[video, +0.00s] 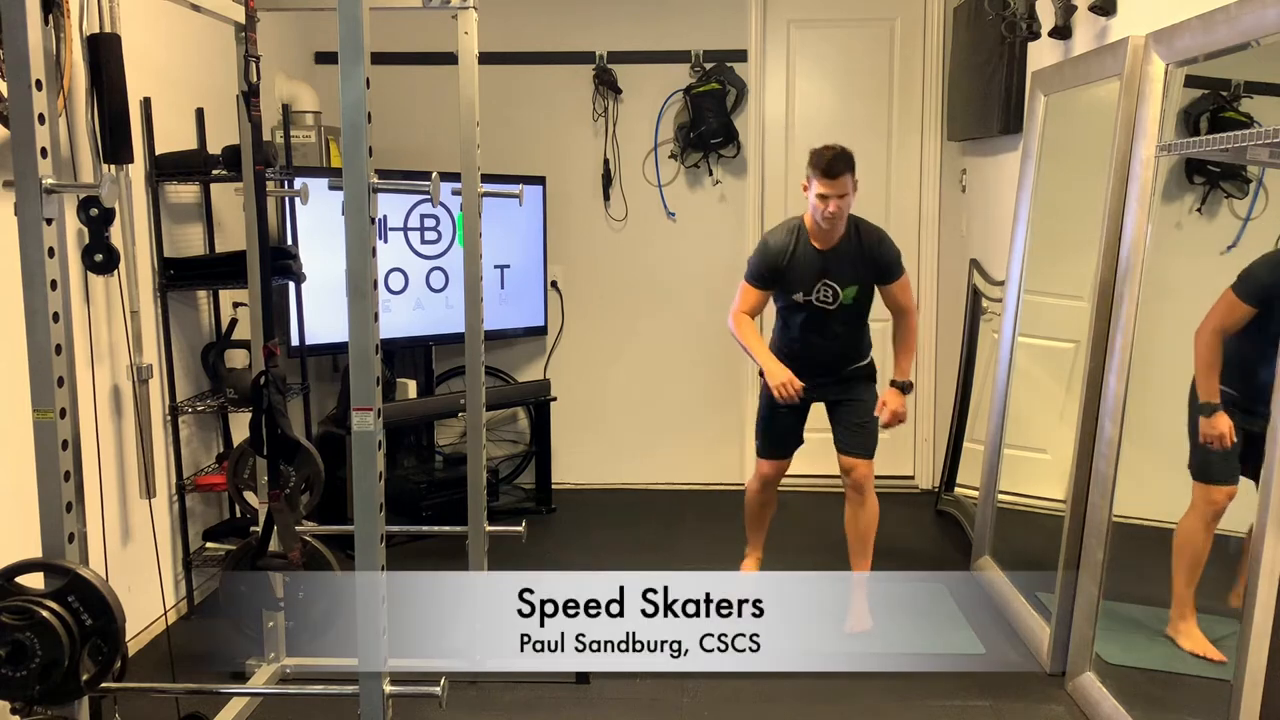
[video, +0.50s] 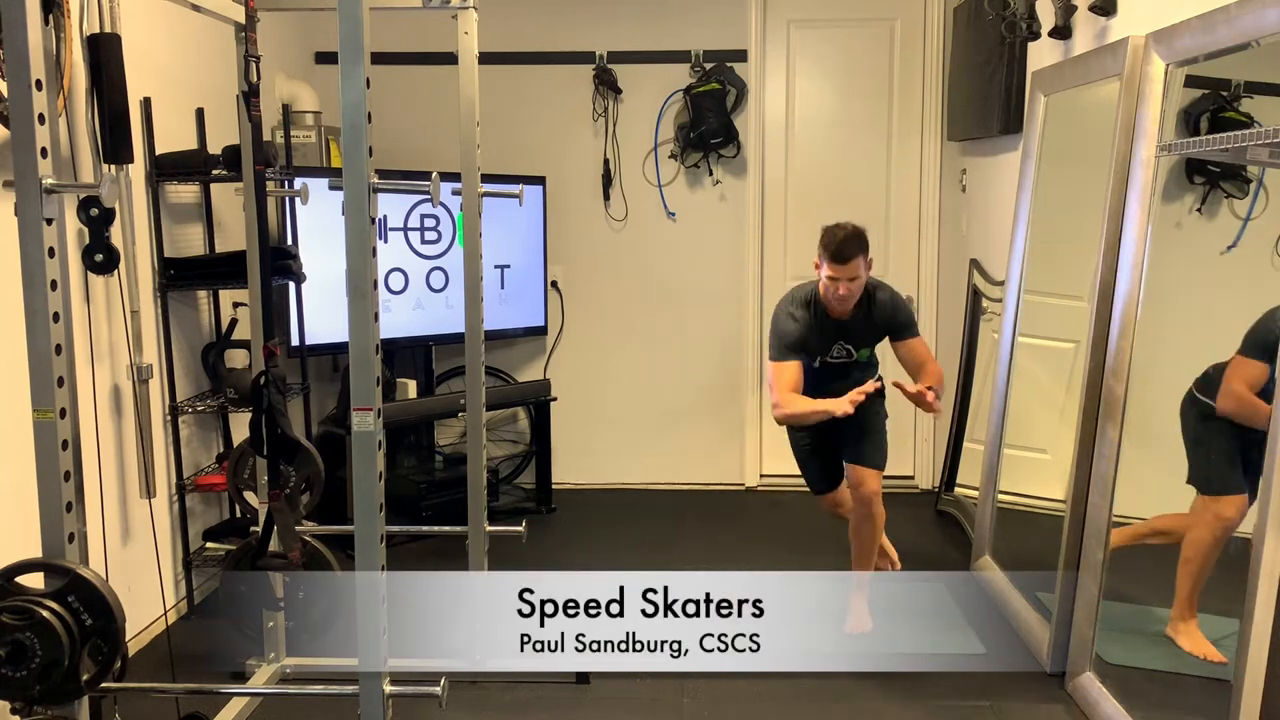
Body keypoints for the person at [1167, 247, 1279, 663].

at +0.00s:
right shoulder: (1270, 270)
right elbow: (1209, 331)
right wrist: (1211, 408)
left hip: (1265, 406)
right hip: (1221, 393)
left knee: (1274, 501)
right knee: (1214, 495)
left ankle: (1244, 592)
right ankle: (1181, 617)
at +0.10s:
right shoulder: (1270, 278)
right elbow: (1206, 345)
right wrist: (1215, 421)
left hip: (1263, 402)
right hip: (1219, 389)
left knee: (1265, 505)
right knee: (1213, 499)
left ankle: (1206, 572)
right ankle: (1180, 619)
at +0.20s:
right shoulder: (1269, 287)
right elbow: (1207, 362)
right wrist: (1230, 428)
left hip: (1258, 398)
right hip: (1215, 388)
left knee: (1243, 514)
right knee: (1216, 504)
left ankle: (1160, 547)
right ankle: (1182, 619)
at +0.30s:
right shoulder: (1269, 300)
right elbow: (1214, 375)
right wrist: (1248, 426)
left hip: (1256, 410)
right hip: (1212, 398)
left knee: (1236, 514)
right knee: (1219, 506)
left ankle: (1132, 539)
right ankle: (1182, 620)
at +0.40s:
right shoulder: (1271, 312)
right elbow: (1222, 387)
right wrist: (1266, 422)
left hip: (1250, 417)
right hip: (1210, 404)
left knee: (1231, 512)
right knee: (1223, 506)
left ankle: (1117, 537)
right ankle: (1182, 620)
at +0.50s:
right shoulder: (1273, 324)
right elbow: (1231, 401)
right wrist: (1277, 422)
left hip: (1253, 421)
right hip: (1212, 409)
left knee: (1210, 523)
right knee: (1226, 508)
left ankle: (1109, 538)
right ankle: (1182, 620)